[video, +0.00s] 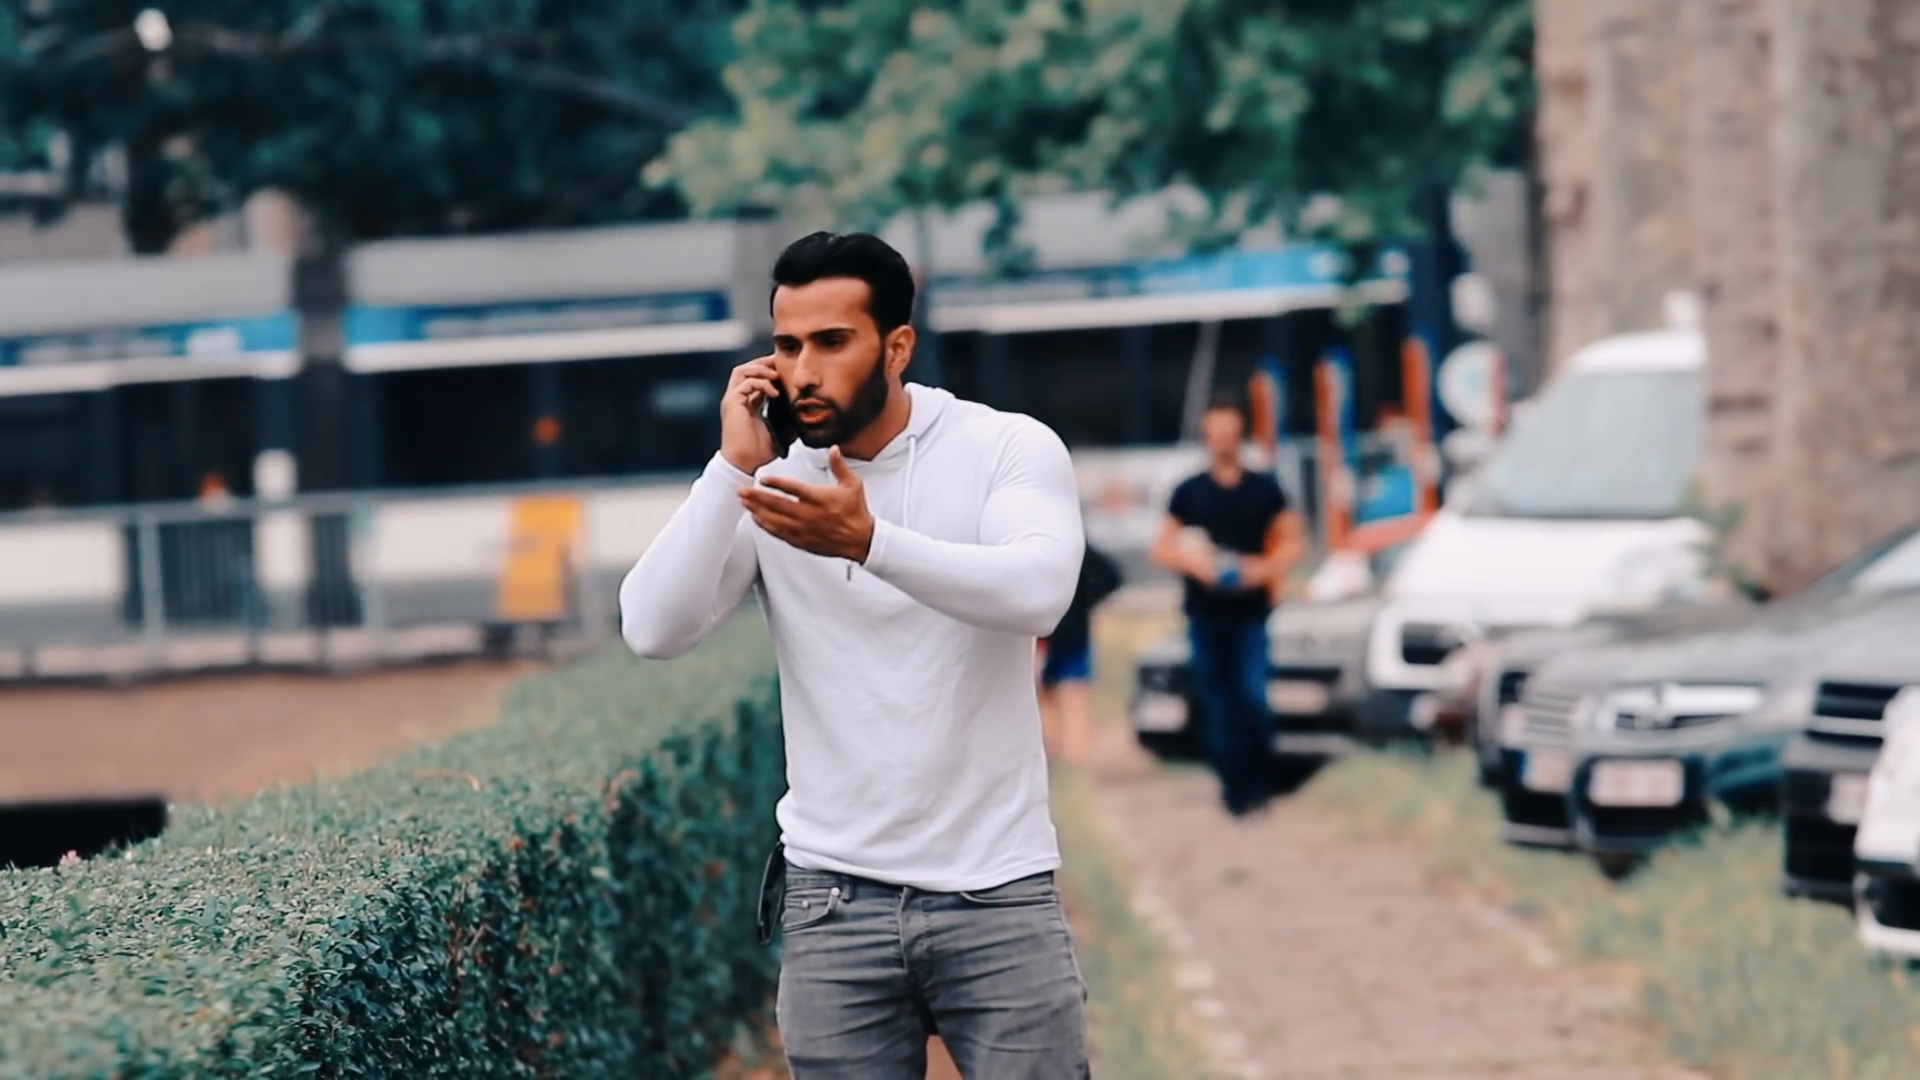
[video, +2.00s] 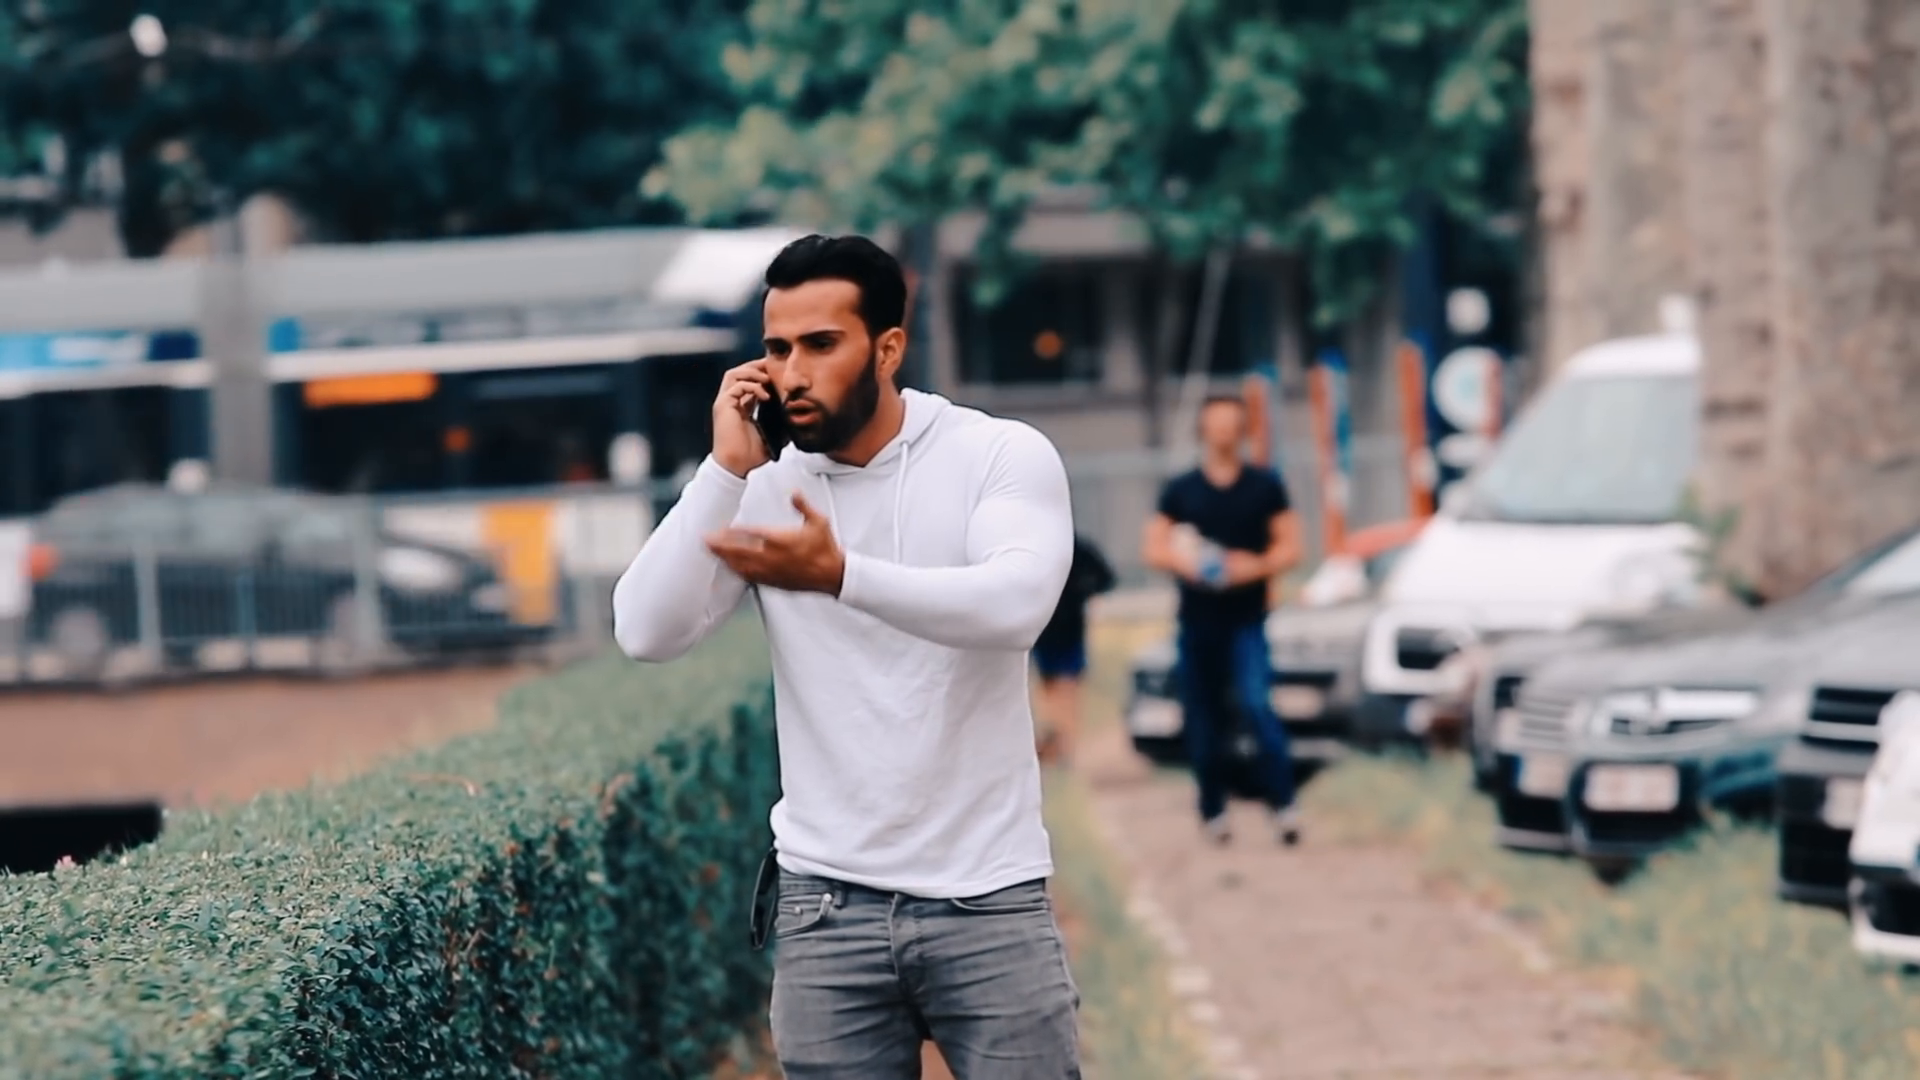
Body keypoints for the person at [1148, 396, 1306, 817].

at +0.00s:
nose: (1221, 440)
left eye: (1229, 432)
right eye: (1214, 432)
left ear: (1241, 435)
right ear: (1204, 435)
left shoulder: (1264, 488)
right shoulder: (1190, 492)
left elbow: (1291, 542)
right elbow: (1163, 547)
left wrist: (1262, 569)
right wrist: (1198, 566)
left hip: (1251, 609)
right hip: (1207, 611)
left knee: (1251, 695)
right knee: (1217, 700)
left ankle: (1258, 785)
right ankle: (1233, 787)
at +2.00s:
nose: (1224, 435)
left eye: (1231, 427)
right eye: (1216, 427)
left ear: (1242, 430)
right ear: (1202, 430)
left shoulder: (1264, 486)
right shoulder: (1182, 489)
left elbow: (1289, 548)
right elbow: (1155, 548)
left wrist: (1250, 565)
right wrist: (1188, 562)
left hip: (1245, 617)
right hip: (1198, 618)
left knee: (1253, 703)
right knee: (1203, 714)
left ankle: (1283, 802)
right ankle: (1212, 810)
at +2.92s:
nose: (1218, 432)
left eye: (1226, 423)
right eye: (1210, 424)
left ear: (1242, 425)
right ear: (1200, 426)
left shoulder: (1264, 481)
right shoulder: (1182, 487)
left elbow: (1294, 543)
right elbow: (1152, 550)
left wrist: (1265, 572)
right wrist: (1191, 563)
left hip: (1251, 620)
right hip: (1202, 623)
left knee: (1255, 712)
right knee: (1211, 722)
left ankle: (1259, 808)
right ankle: (1227, 817)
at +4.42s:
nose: (1260, 421)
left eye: (1267, 412)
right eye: (1250, 412)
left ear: (1280, 417)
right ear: (1235, 418)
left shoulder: (1304, 478)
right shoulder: (1216, 483)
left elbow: (1339, 537)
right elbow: (1184, 548)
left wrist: (1304, 566)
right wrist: (1227, 563)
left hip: (1290, 614)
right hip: (1240, 615)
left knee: (1287, 722)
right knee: (1251, 716)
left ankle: (1283, 828)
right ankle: (1255, 826)